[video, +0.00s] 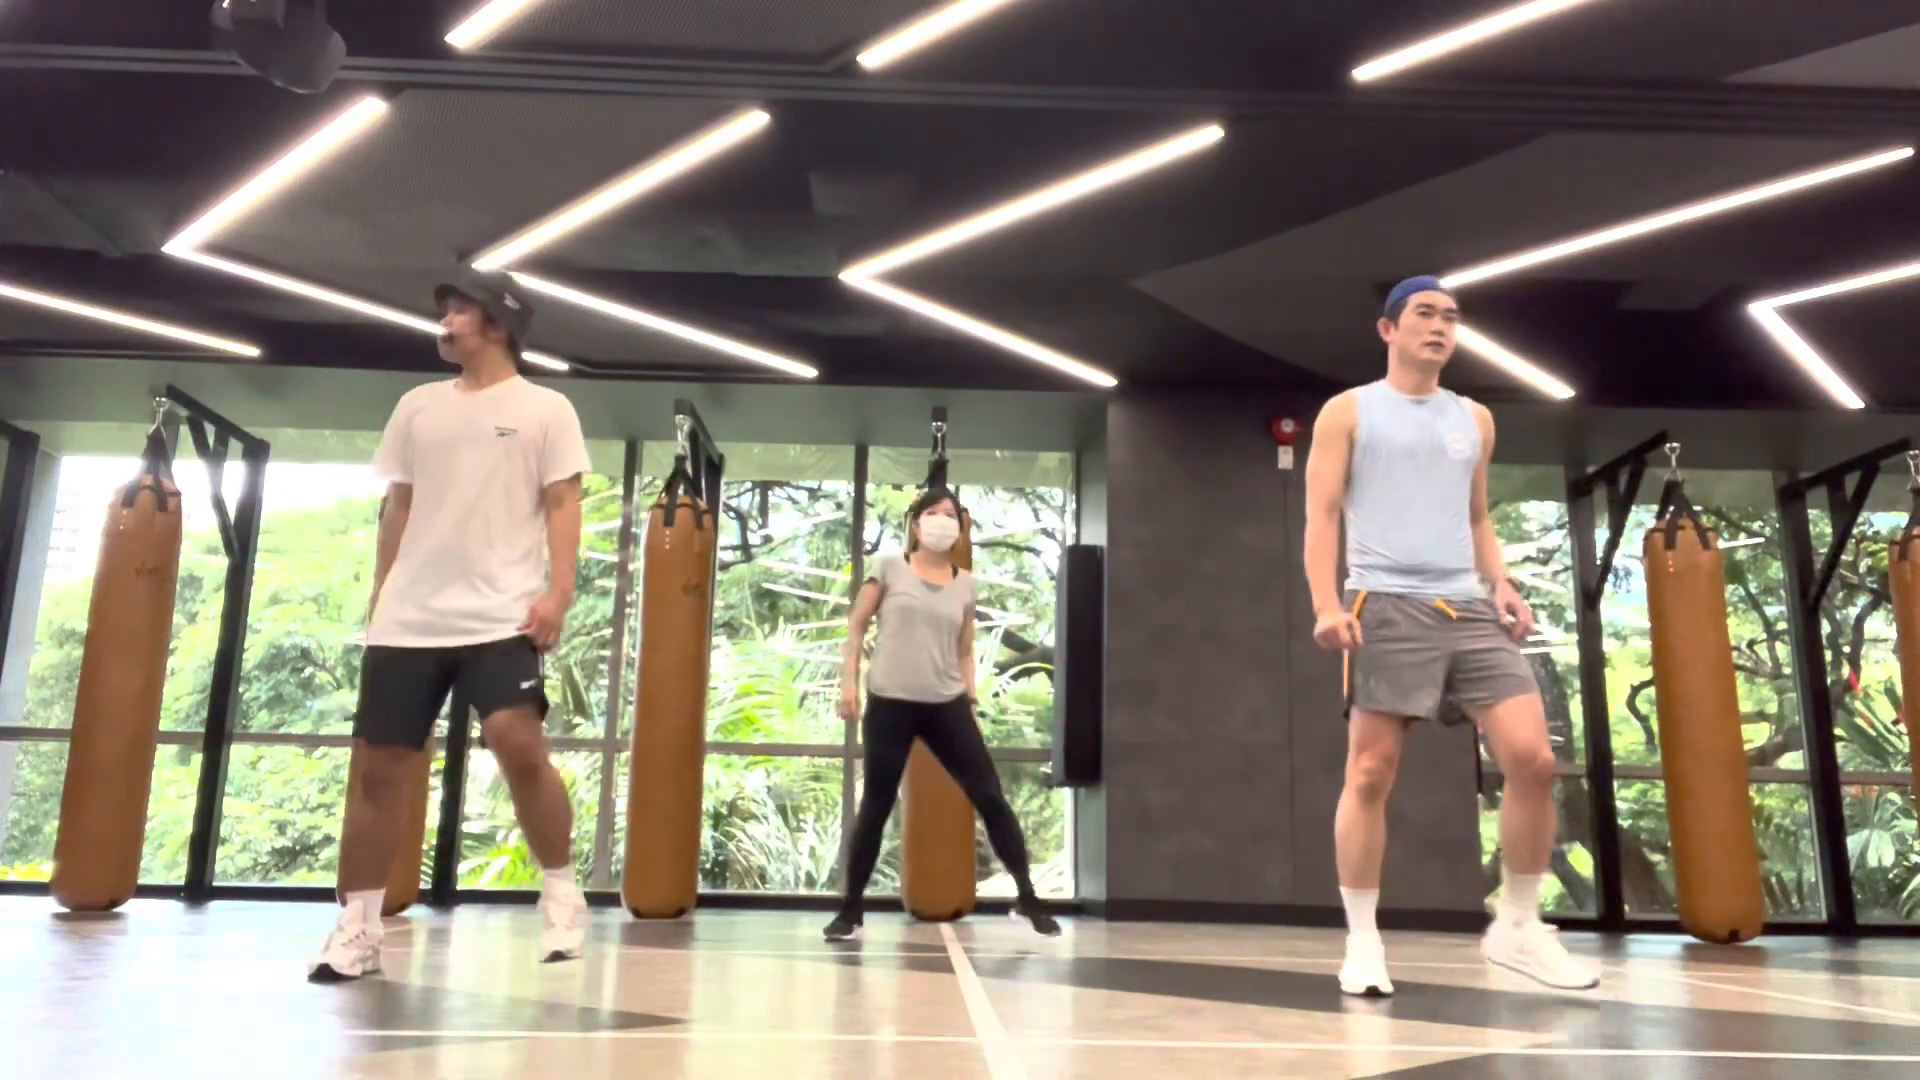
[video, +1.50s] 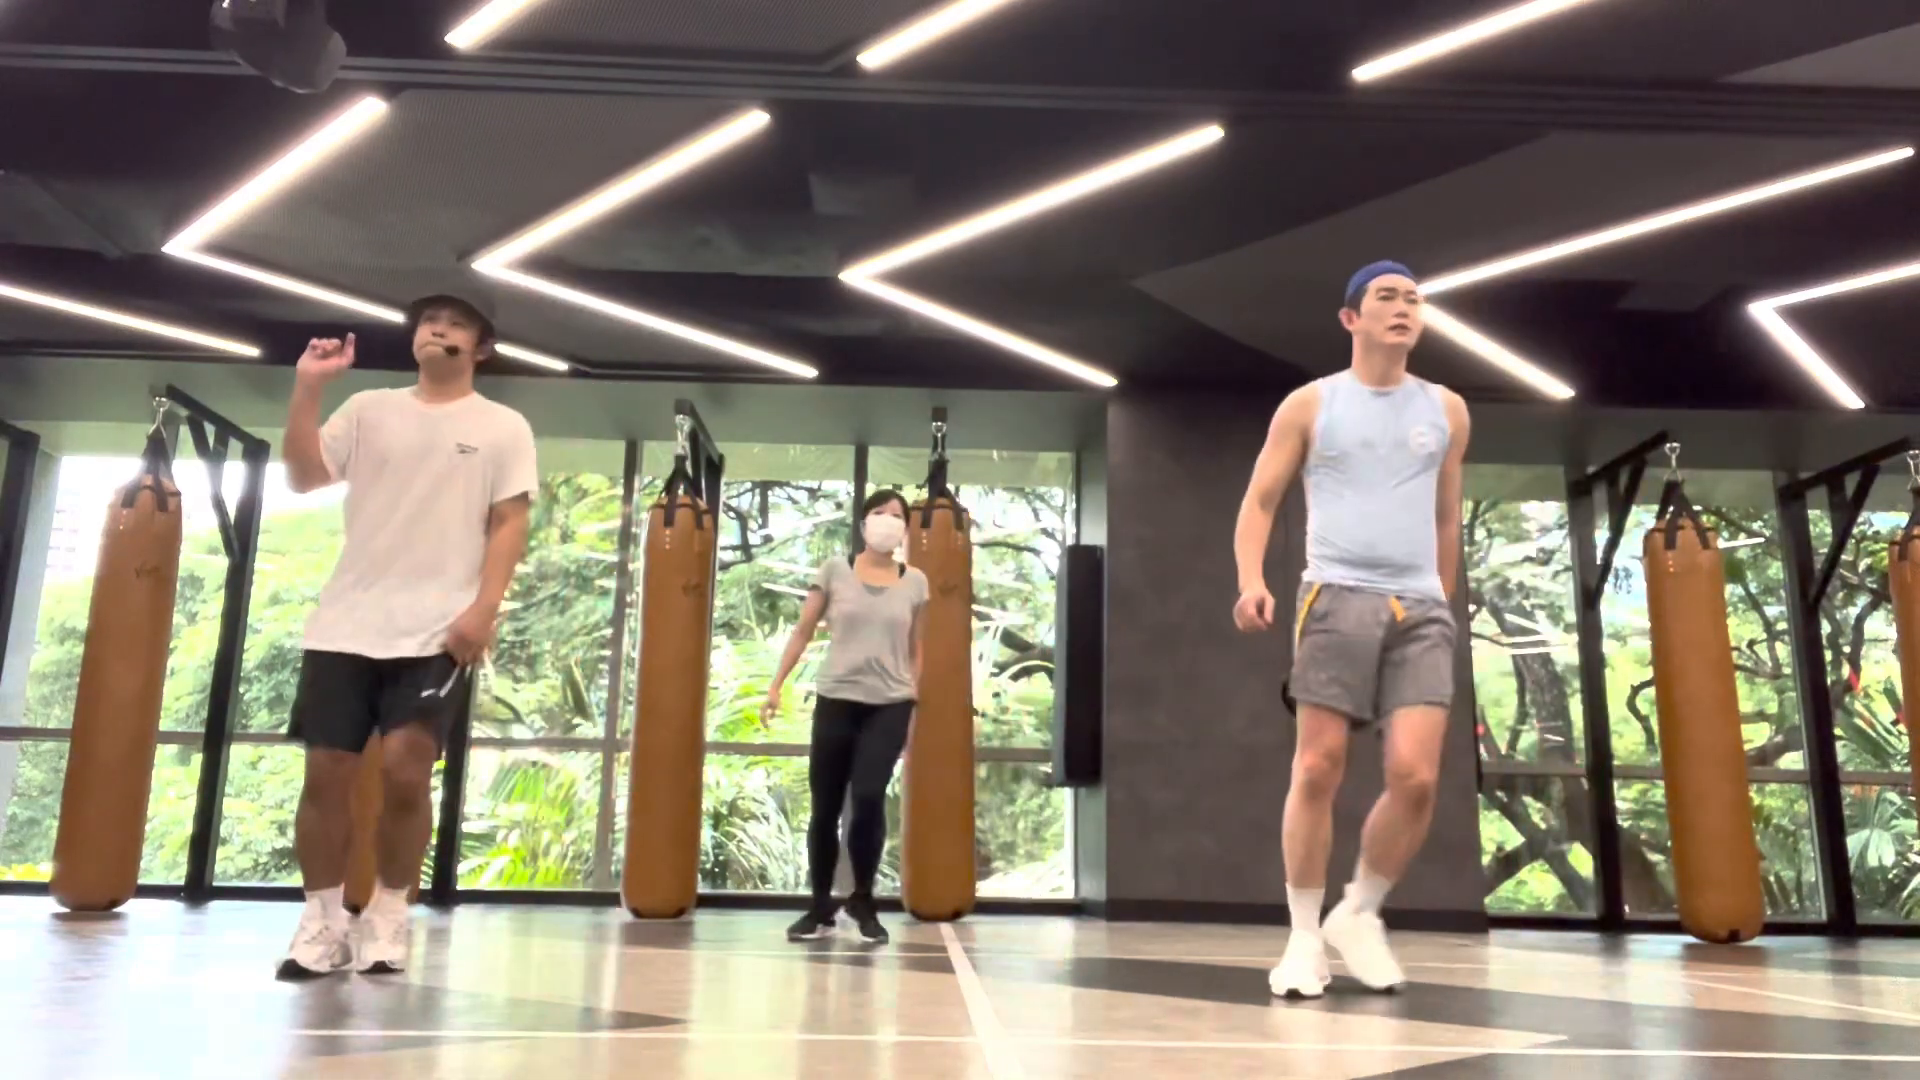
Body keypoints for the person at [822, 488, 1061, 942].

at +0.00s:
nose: (941, 521)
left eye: (950, 515)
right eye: (931, 514)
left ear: (960, 530)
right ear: (915, 526)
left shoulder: (964, 584)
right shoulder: (891, 566)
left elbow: (965, 648)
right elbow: (856, 623)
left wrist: (968, 698)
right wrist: (848, 683)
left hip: (946, 703)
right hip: (889, 703)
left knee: (990, 799)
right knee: (874, 807)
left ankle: (1027, 896)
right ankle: (850, 909)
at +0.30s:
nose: (1001, 518)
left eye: (1008, 512)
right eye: (992, 512)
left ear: (1019, 526)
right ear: (976, 526)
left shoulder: (1033, 580)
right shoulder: (957, 567)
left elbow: (1041, 647)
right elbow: (932, 633)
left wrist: (1049, 698)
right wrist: (918, 691)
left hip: (1014, 708)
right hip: (958, 703)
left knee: (1029, 811)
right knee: (924, 803)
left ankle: (1040, 913)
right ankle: (881, 896)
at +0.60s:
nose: (1015, 525)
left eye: (1023, 520)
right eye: (1005, 519)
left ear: (1033, 533)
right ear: (991, 532)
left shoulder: (1047, 586)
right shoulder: (967, 578)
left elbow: (1069, 651)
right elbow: (947, 643)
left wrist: (1090, 707)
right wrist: (943, 701)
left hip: (1034, 707)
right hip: (978, 708)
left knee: (1037, 810)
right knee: (983, 810)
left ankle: (1041, 911)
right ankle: (993, 899)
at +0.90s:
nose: (983, 520)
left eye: (991, 514)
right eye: (973, 515)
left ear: (1003, 528)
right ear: (959, 530)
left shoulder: (1022, 573)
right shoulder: (942, 579)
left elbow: (1036, 634)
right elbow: (931, 646)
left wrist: (1034, 684)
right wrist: (924, 705)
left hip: (1007, 707)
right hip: (949, 704)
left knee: (1021, 810)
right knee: (903, 798)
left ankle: (1040, 913)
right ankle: (874, 892)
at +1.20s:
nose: (915, 525)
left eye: (924, 520)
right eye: (907, 518)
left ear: (934, 536)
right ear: (890, 530)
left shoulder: (943, 586)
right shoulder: (862, 583)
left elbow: (959, 650)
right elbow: (847, 648)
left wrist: (976, 700)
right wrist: (836, 703)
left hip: (923, 713)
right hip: (864, 712)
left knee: (967, 808)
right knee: (837, 814)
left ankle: (1020, 898)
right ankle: (822, 908)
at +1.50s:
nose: (889, 523)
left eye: (898, 517)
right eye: (880, 515)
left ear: (906, 531)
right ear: (862, 525)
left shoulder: (915, 583)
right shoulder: (835, 570)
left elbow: (918, 649)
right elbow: (803, 630)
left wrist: (916, 703)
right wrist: (776, 686)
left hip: (891, 702)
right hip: (836, 699)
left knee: (868, 795)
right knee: (825, 808)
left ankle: (863, 900)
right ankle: (820, 906)